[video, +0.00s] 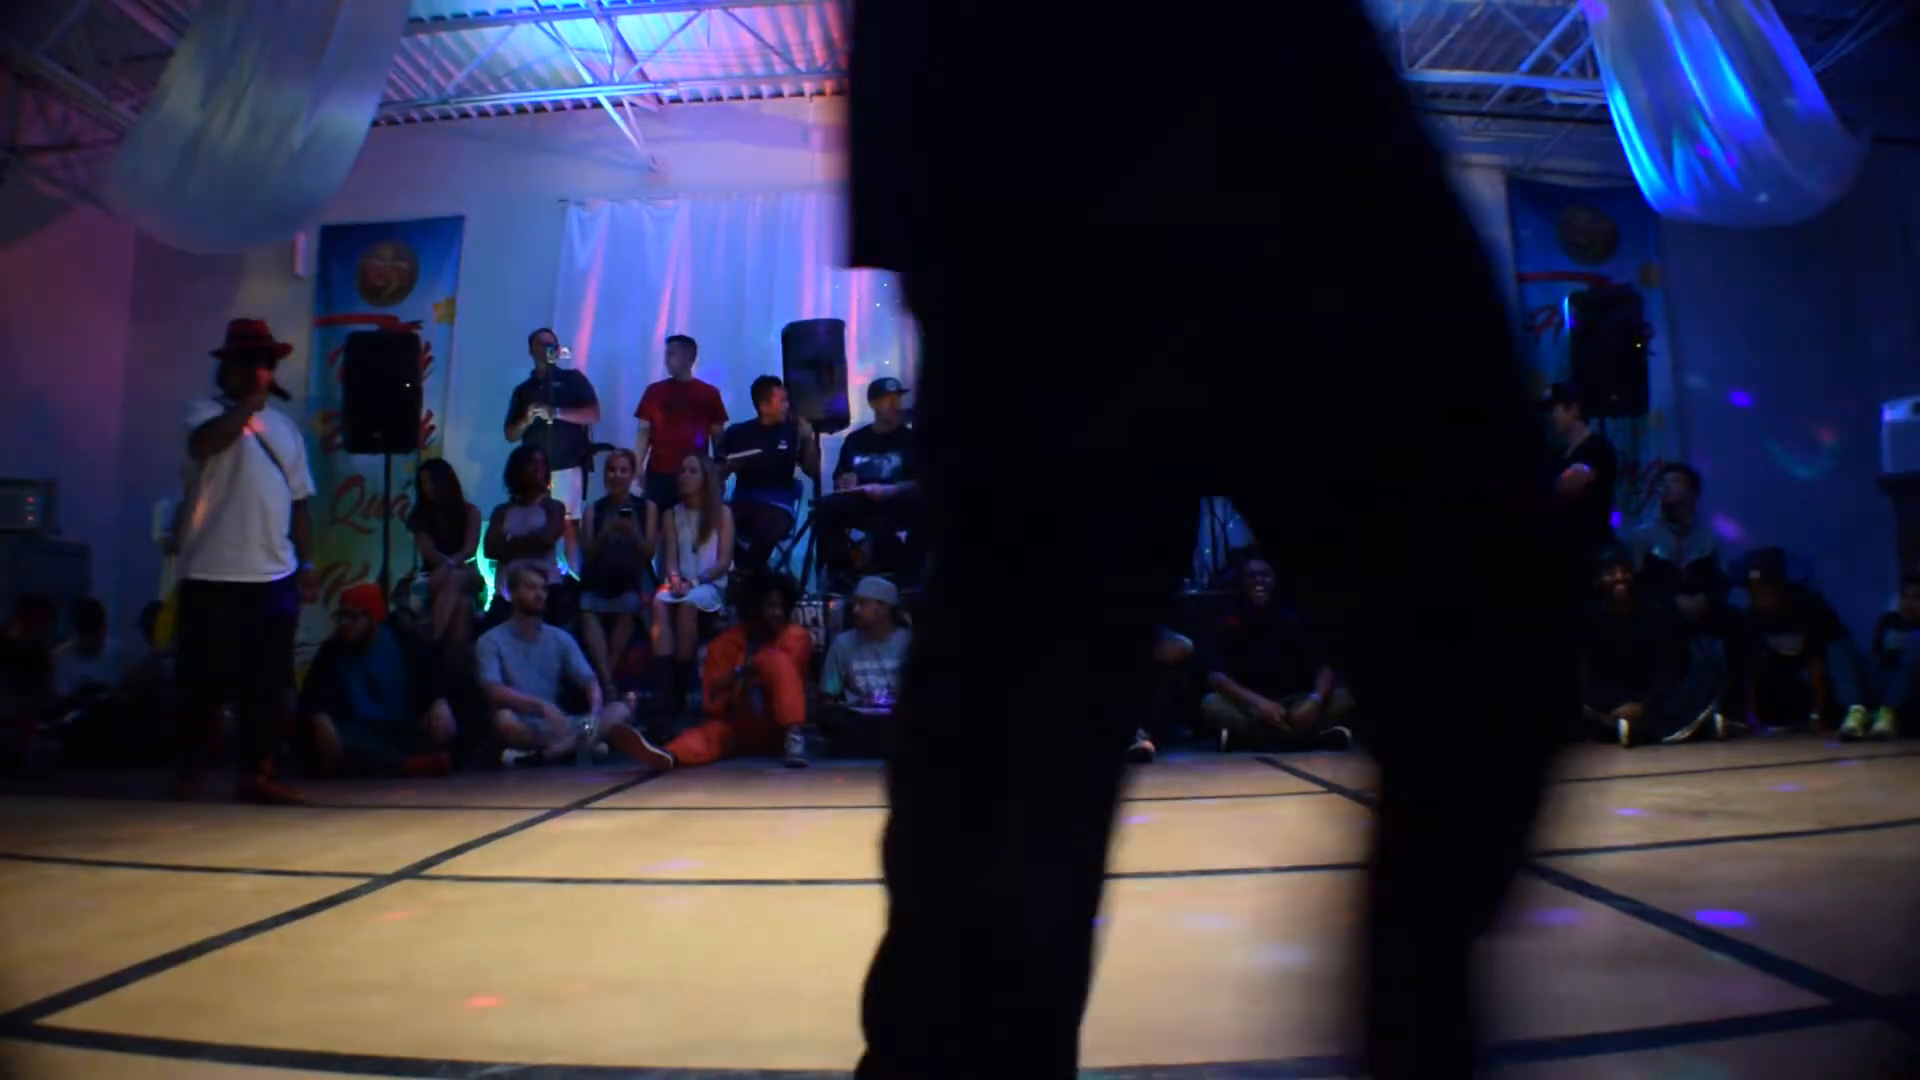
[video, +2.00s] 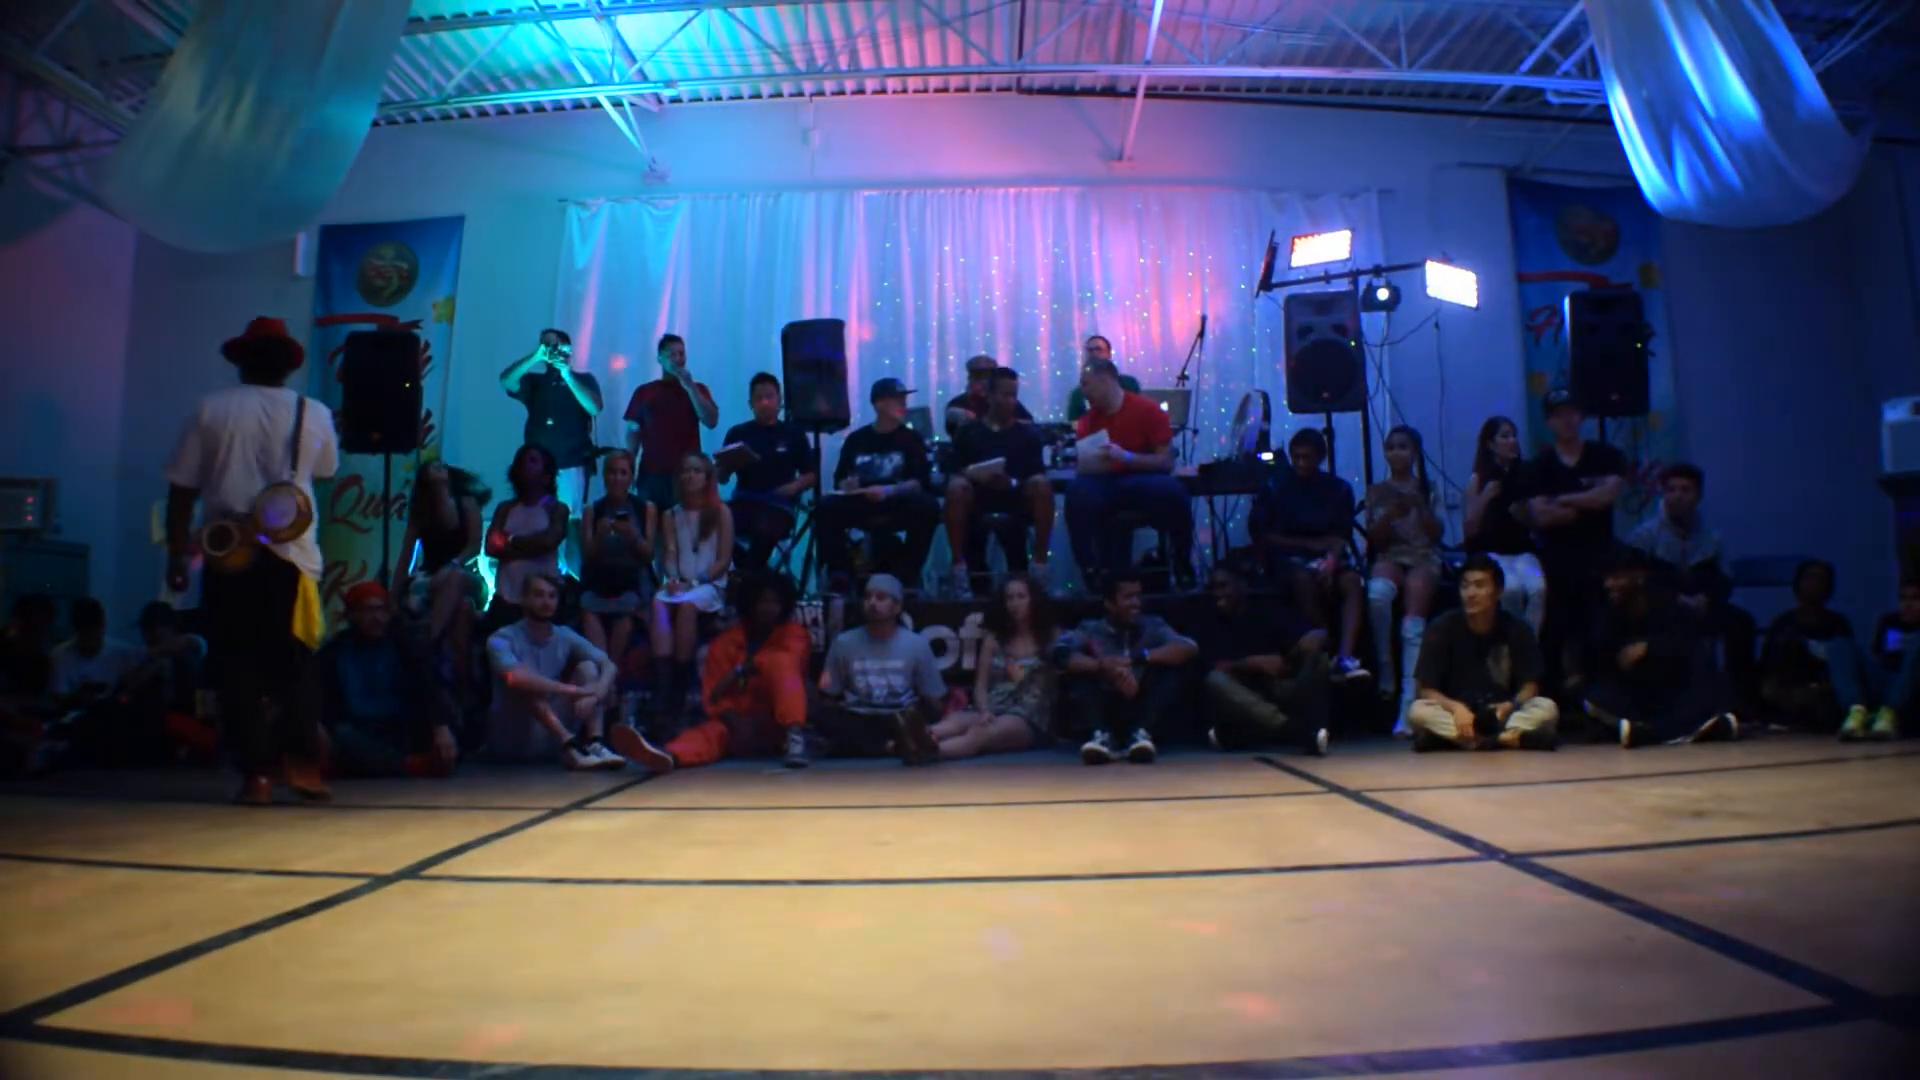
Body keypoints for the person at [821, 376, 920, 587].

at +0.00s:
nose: (893, 406)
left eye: (896, 400)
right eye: (887, 400)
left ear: (901, 402)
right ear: (874, 404)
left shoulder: (912, 440)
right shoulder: (855, 439)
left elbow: (921, 482)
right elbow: (841, 479)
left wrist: (889, 490)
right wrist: (855, 487)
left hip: (898, 502)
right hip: (860, 501)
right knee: (828, 507)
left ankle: (906, 577)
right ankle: (838, 574)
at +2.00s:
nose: (902, 405)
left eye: (903, 400)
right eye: (895, 400)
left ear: (905, 403)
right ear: (878, 404)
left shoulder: (912, 439)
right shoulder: (856, 440)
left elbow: (920, 481)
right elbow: (840, 481)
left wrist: (887, 491)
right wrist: (848, 485)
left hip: (898, 501)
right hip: (861, 501)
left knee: (927, 508)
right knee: (826, 507)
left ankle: (908, 578)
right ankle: (839, 576)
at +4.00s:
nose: (880, 409)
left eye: (886, 403)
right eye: (875, 404)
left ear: (897, 405)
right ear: (869, 406)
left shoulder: (912, 440)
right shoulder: (854, 441)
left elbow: (921, 483)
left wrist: (889, 490)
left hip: (900, 503)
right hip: (861, 504)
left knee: (928, 508)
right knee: (827, 508)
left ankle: (908, 580)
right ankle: (841, 579)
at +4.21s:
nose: (881, 411)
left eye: (887, 406)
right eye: (876, 406)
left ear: (897, 406)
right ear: (869, 407)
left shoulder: (911, 439)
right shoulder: (854, 440)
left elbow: (921, 482)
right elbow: (839, 481)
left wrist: (889, 490)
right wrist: (848, 484)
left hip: (899, 503)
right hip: (861, 503)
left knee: (928, 508)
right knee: (826, 509)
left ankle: (907, 580)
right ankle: (841, 579)